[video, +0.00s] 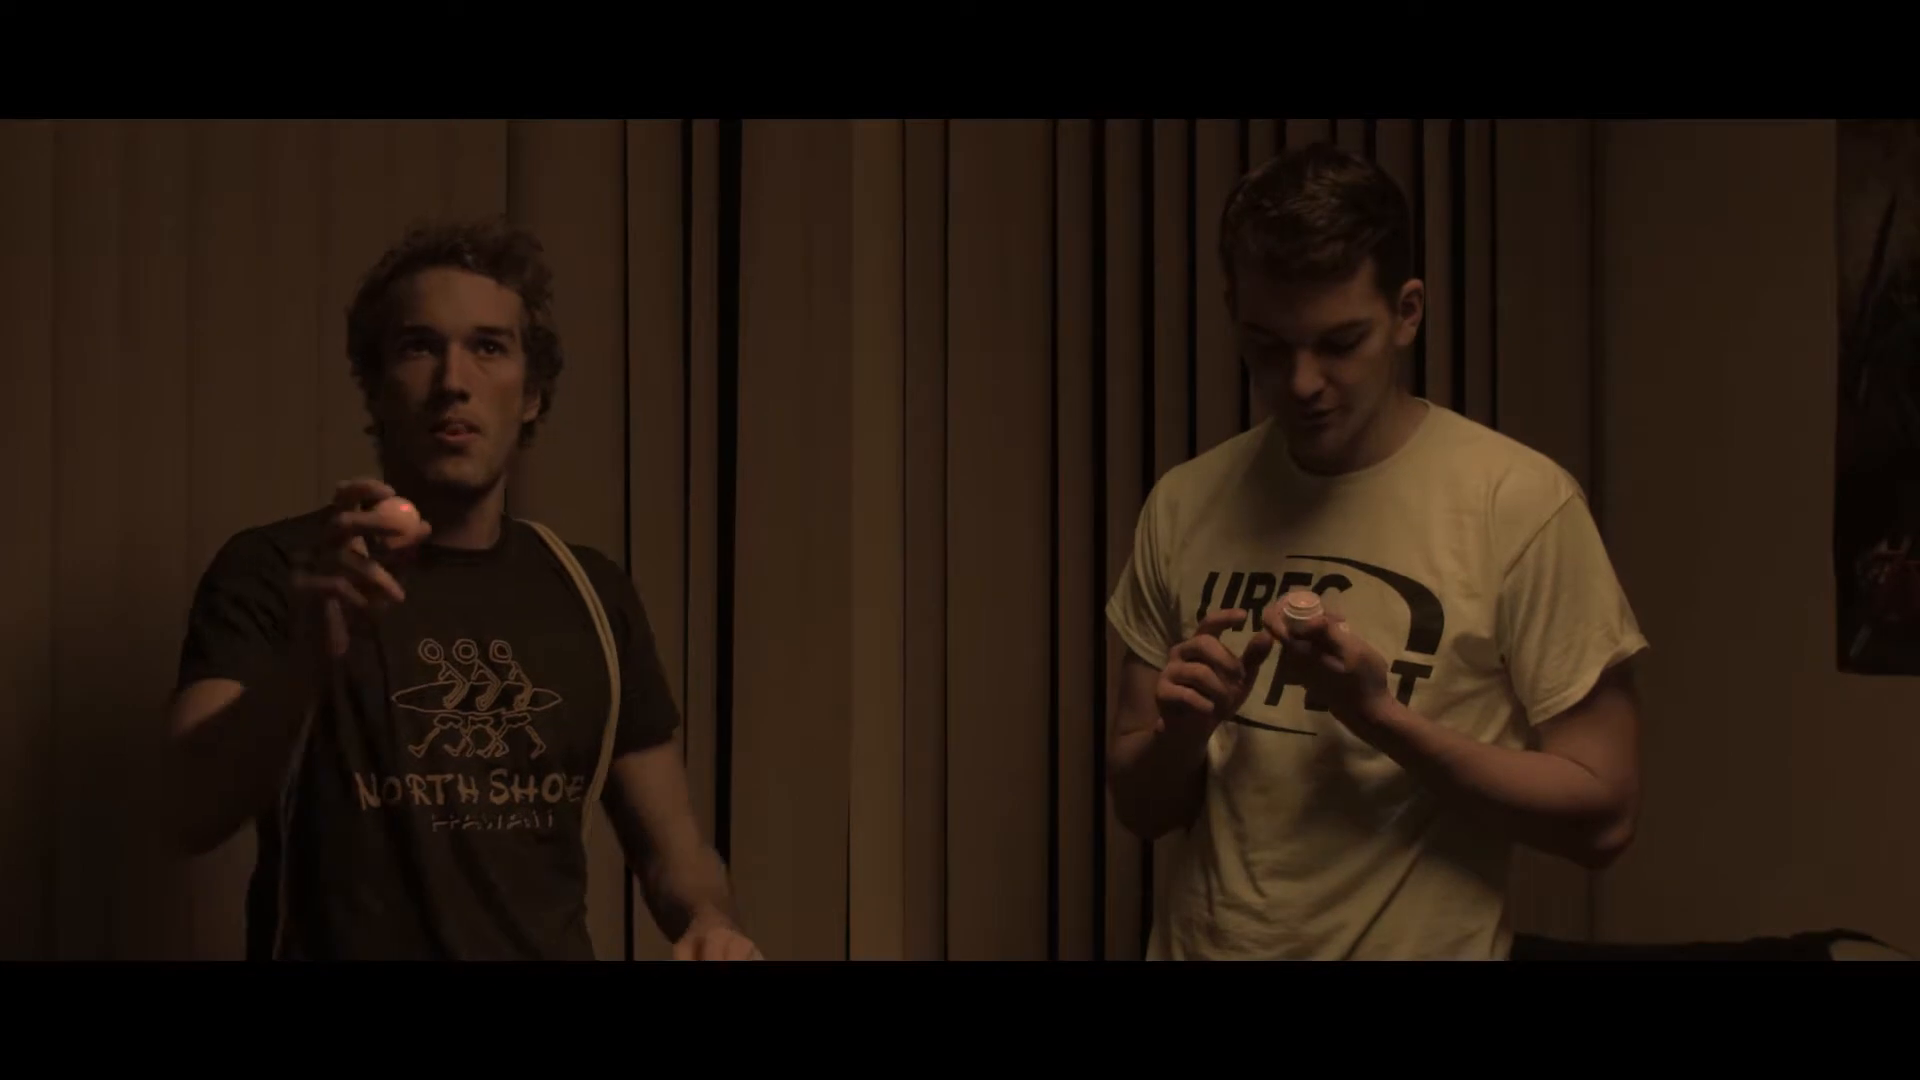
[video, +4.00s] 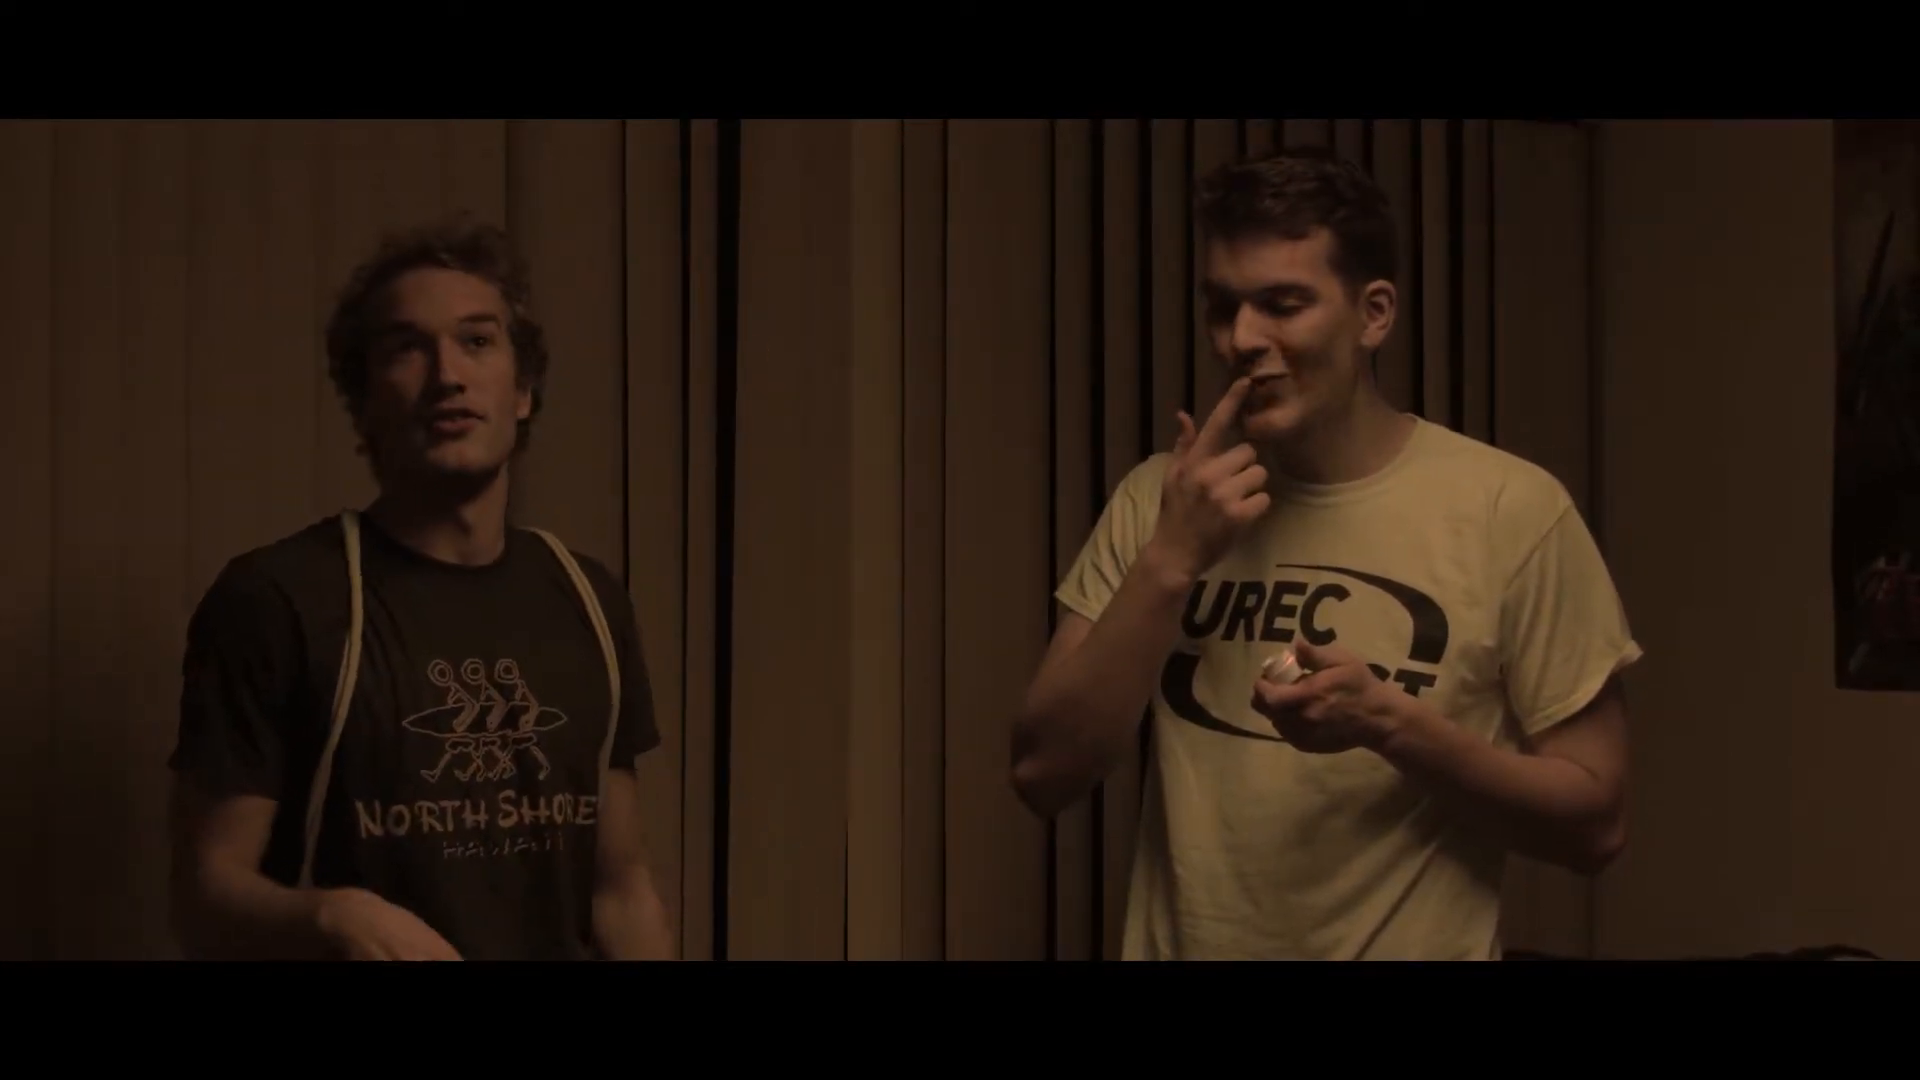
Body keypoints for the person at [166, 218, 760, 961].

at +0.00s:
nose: (453, 380)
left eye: (488, 349)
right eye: (421, 348)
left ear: (532, 396)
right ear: (375, 392)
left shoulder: (593, 594)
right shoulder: (275, 571)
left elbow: (669, 838)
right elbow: (192, 815)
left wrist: (709, 919)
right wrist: (309, 653)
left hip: (544, 948)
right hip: (338, 946)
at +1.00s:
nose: (495, 284)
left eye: (524, 265)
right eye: (451, 252)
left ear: (547, 322)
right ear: (367, 306)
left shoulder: (532, 562)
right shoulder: (309, 476)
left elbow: (504, 848)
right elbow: (369, 635)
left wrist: (555, 943)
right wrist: (588, 464)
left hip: (477, 940)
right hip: (315, 931)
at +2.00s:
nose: (302, 472)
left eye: (335, 428)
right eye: (278, 434)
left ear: (433, 401)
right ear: (258, 425)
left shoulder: (606, 553)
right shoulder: (230, 618)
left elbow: (734, 821)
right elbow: (195, 901)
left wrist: (815, 960)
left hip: (576, 948)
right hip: (349, 953)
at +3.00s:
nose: (446, 402)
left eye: (480, 364)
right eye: (413, 366)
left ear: (532, 381)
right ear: (369, 382)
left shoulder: (573, 578)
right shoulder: (265, 577)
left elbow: (580, 850)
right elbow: (159, 863)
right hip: (317, 945)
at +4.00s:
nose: (447, 375)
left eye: (478, 341)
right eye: (406, 348)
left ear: (523, 391)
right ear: (362, 407)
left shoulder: (590, 600)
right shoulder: (272, 602)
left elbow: (620, 879)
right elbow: (209, 887)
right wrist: (332, 914)